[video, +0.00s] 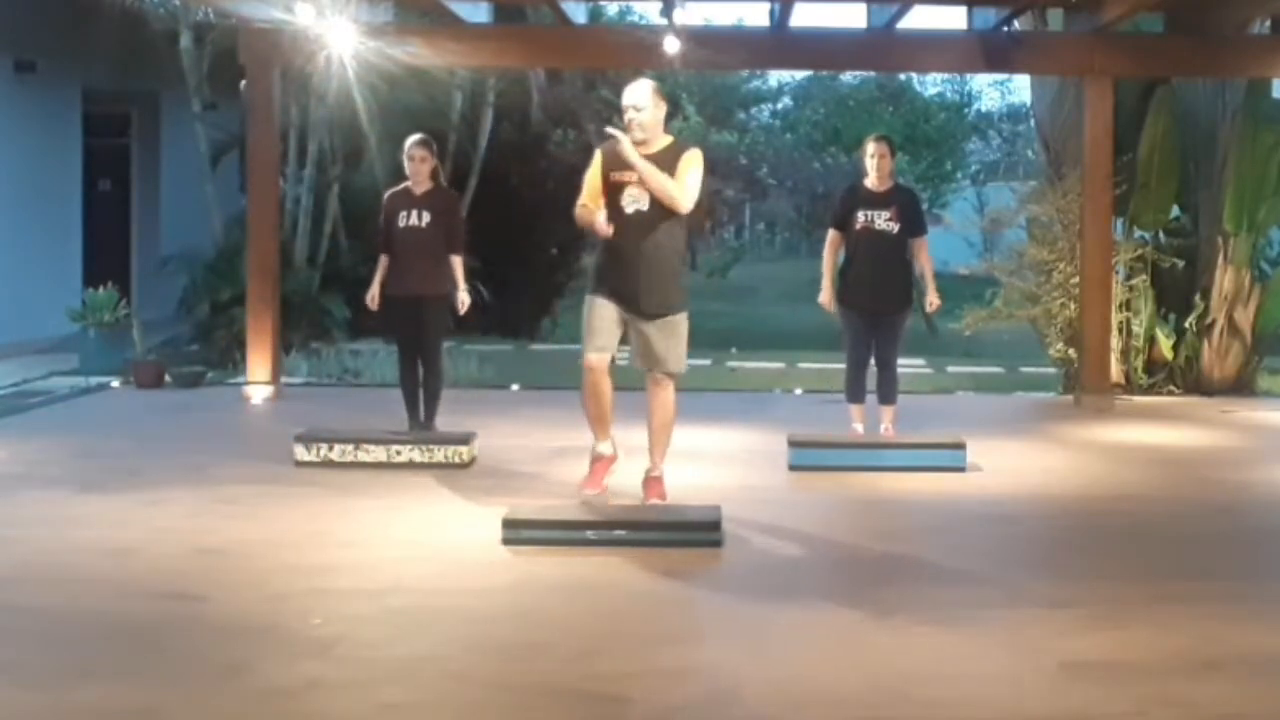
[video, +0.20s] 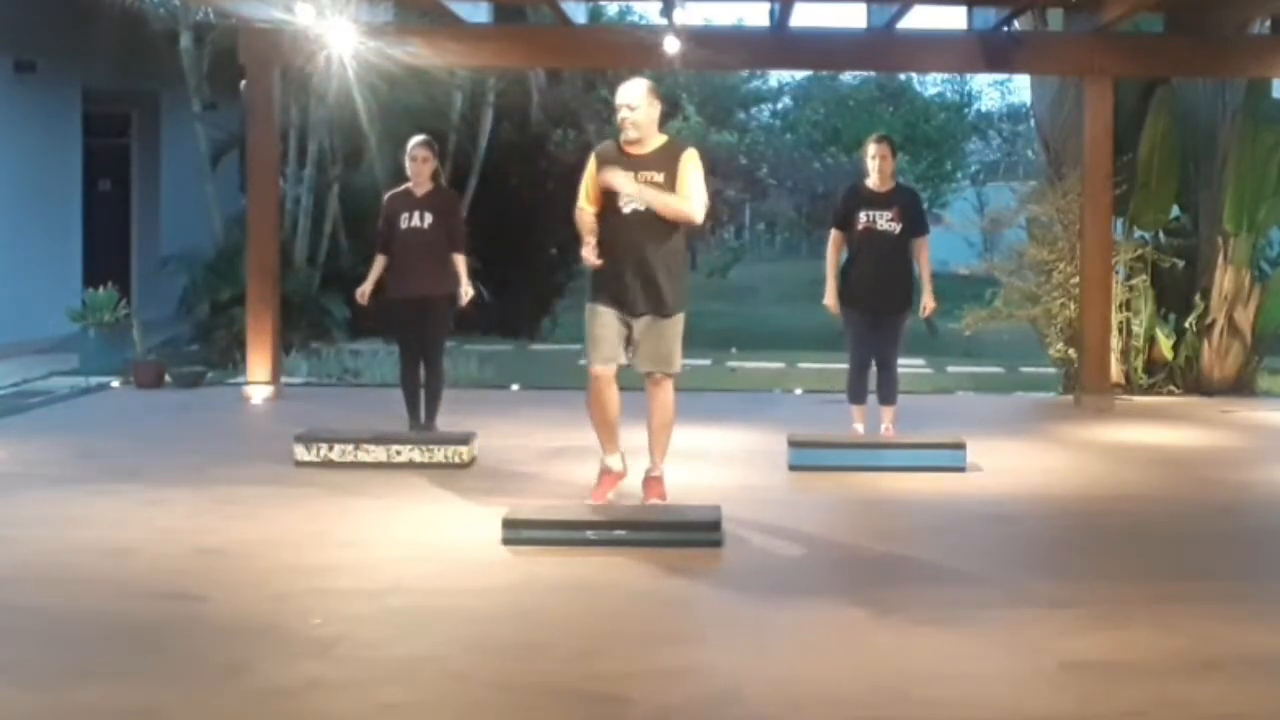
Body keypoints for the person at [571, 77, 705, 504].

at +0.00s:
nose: (631, 118)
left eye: (639, 110)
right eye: (626, 110)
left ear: (663, 113)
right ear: (621, 114)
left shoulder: (685, 156)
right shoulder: (607, 154)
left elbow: (683, 201)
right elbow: (583, 206)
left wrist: (634, 159)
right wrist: (595, 219)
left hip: (662, 289)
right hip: (610, 283)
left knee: (661, 379)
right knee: (594, 363)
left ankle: (656, 470)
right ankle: (603, 449)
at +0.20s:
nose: (623, 117)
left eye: (632, 109)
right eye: (619, 109)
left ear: (656, 112)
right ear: (615, 113)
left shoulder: (683, 157)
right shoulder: (603, 157)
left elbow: (694, 210)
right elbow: (585, 206)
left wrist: (634, 187)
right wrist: (589, 238)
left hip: (662, 288)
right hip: (609, 284)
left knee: (659, 379)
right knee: (600, 373)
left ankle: (656, 471)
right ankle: (611, 462)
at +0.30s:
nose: (618, 115)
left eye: (627, 108)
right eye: (614, 108)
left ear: (651, 110)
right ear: (610, 111)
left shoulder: (678, 158)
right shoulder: (598, 157)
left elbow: (700, 219)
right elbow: (579, 209)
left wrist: (646, 232)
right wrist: (592, 237)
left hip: (660, 295)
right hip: (608, 292)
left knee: (659, 380)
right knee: (609, 379)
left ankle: (656, 473)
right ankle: (619, 473)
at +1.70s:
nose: (629, 109)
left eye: (637, 102)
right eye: (622, 103)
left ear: (654, 108)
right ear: (613, 109)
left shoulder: (678, 158)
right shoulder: (593, 156)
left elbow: (708, 212)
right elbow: (575, 212)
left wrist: (673, 220)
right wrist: (577, 255)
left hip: (656, 288)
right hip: (603, 287)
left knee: (657, 380)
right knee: (600, 379)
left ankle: (657, 475)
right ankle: (610, 468)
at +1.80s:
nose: (630, 111)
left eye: (638, 104)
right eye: (624, 104)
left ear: (656, 110)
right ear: (615, 110)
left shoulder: (678, 158)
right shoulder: (597, 156)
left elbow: (718, 215)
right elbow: (578, 211)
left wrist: (699, 186)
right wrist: (573, 252)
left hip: (657, 292)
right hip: (603, 289)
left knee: (658, 381)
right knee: (592, 372)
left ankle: (656, 474)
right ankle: (603, 463)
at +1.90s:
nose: (628, 111)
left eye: (636, 104)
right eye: (622, 104)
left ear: (654, 109)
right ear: (613, 110)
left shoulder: (678, 155)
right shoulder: (595, 157)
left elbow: (719, 207)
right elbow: (577, 212)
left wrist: (728, 176)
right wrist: (571, 253)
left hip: (658, 288)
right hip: (603, 286)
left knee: (658, 381)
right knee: (592, 373)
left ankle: (656, 475)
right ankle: (602, 462)